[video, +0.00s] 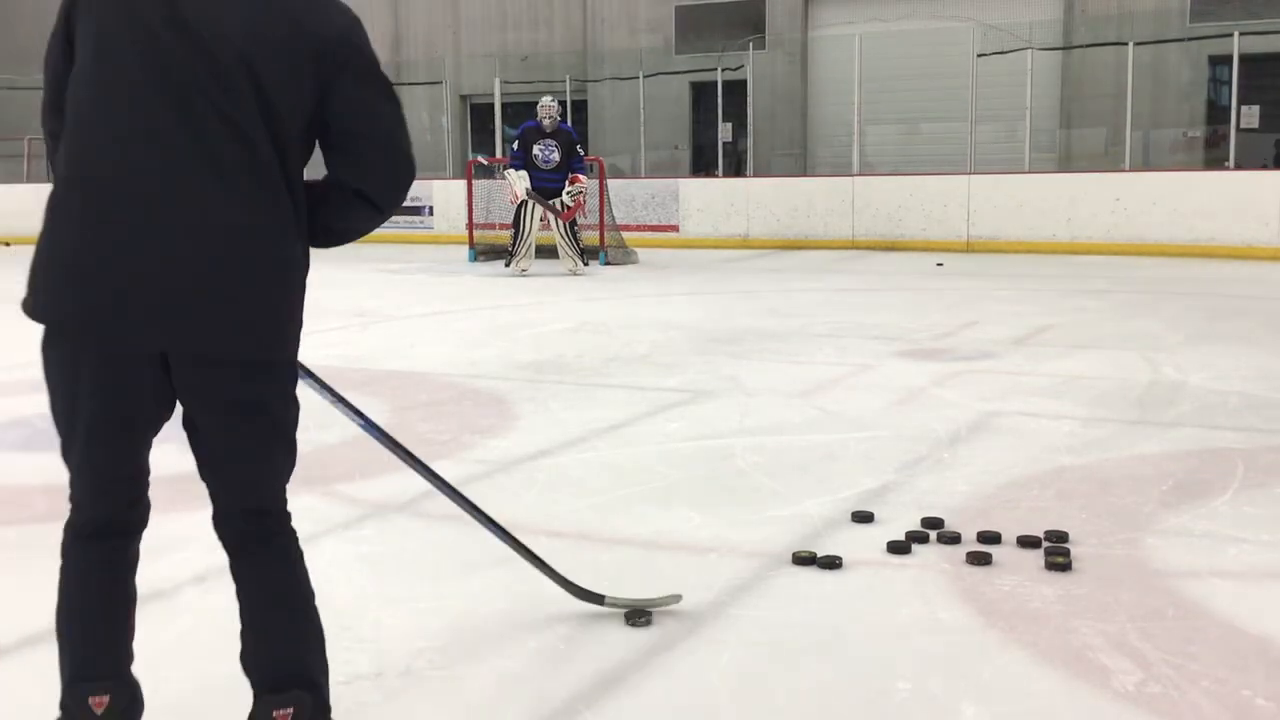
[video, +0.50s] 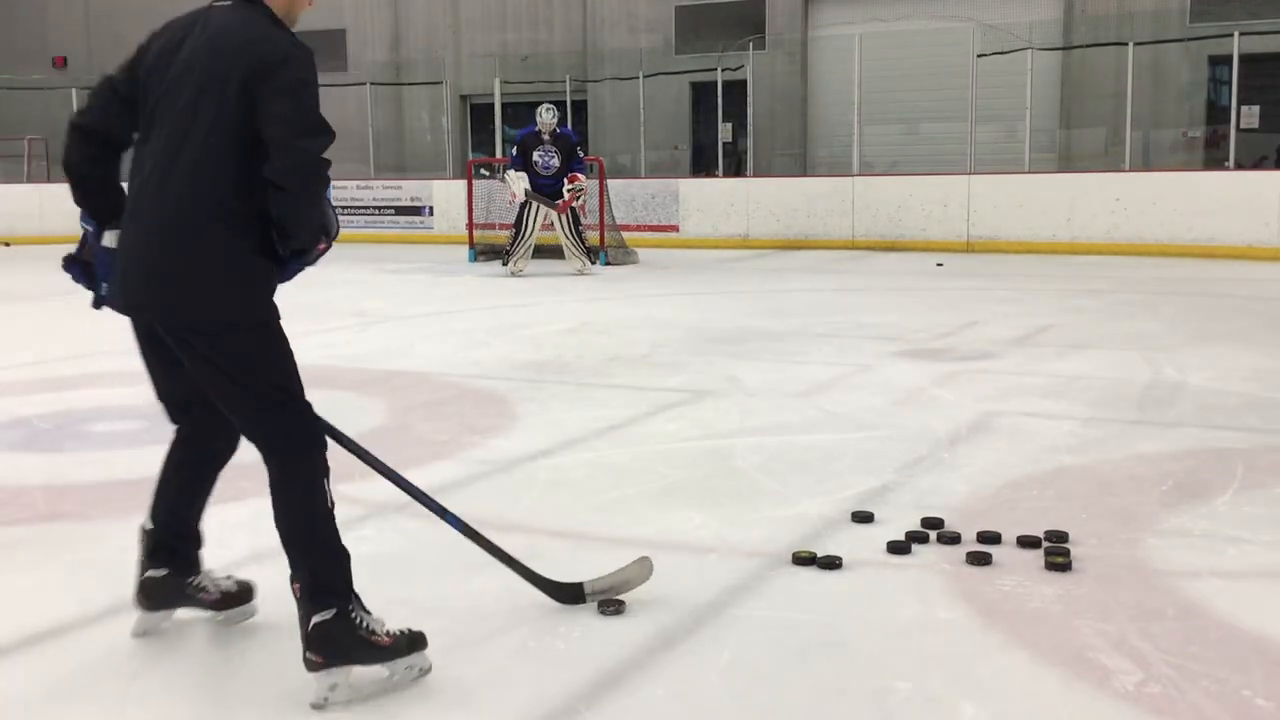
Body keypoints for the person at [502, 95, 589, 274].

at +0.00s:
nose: (547, 113)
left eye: (550, 109)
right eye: (543, 109)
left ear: (557, 111)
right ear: (538, 111)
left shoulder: (567, 133)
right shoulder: (527, 131)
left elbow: (577, 162)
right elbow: (516, 160)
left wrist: (577, 187)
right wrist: (519, 184)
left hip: (559, 191)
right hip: (532, 190)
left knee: (565, 229)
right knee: (525, 228)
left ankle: (576, 265)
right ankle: (520, 265)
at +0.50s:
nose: (546, 127)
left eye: (550, 124)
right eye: (543, 124)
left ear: (556, 121)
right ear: (537, 121)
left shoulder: (567, 138)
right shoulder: (526, 138)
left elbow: (577, 164)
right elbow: (516, 164)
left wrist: (577, 184)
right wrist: (520, 185)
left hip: (560, 194)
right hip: (534, 194)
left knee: (570, 232)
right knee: (526, 231)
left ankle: (583, 265)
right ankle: (515, 266)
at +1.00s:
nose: (550, 137)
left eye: (553, 133)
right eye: (546, 133)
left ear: (559, 129)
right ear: (539, 128)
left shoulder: (566, 144)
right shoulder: (524, 139)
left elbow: (574, 170)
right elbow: (511, 161)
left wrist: (568, 187)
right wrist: (513, 177)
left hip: (557, 195)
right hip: (529, 194)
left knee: (571, 230)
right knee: (516, 229)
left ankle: (584, 264)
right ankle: (505, 265)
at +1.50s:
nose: (536, 133)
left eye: (541, 130)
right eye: (533, 130)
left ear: (546, 131)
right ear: (528, 131)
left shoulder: (556, 149)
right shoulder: (517, 148)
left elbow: (569, 181)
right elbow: (503, 171)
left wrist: (574, 176)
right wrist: (501, 190)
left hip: (552, 197)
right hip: (523, 197)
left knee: (566, 229)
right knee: (511, 231)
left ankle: (578, 263)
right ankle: (501, 264)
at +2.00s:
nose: (539, 155)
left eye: (543, 151)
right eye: (536, 151)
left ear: (548, 151)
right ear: (529, 150)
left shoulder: (557, 166)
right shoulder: (518, 164)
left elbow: (570, 184)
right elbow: (501, 187)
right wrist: (497, 209)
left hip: (549, 205)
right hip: (521, 204)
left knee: (564, 234)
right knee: (507, 234)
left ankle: (584, 264)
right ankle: (491, 265)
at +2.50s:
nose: (538, 155)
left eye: (541, 151)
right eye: (534, 151)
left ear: (547, 152)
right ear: (528, 153)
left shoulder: (556, 170)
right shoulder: (516, 169)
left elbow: (569, 195)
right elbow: (500, 191)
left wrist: (580, 186)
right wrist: (501, 211)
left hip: (549, 209)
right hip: (523, 209)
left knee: (565, 236)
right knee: (510, 237)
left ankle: (584, 263)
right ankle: (491, 265)